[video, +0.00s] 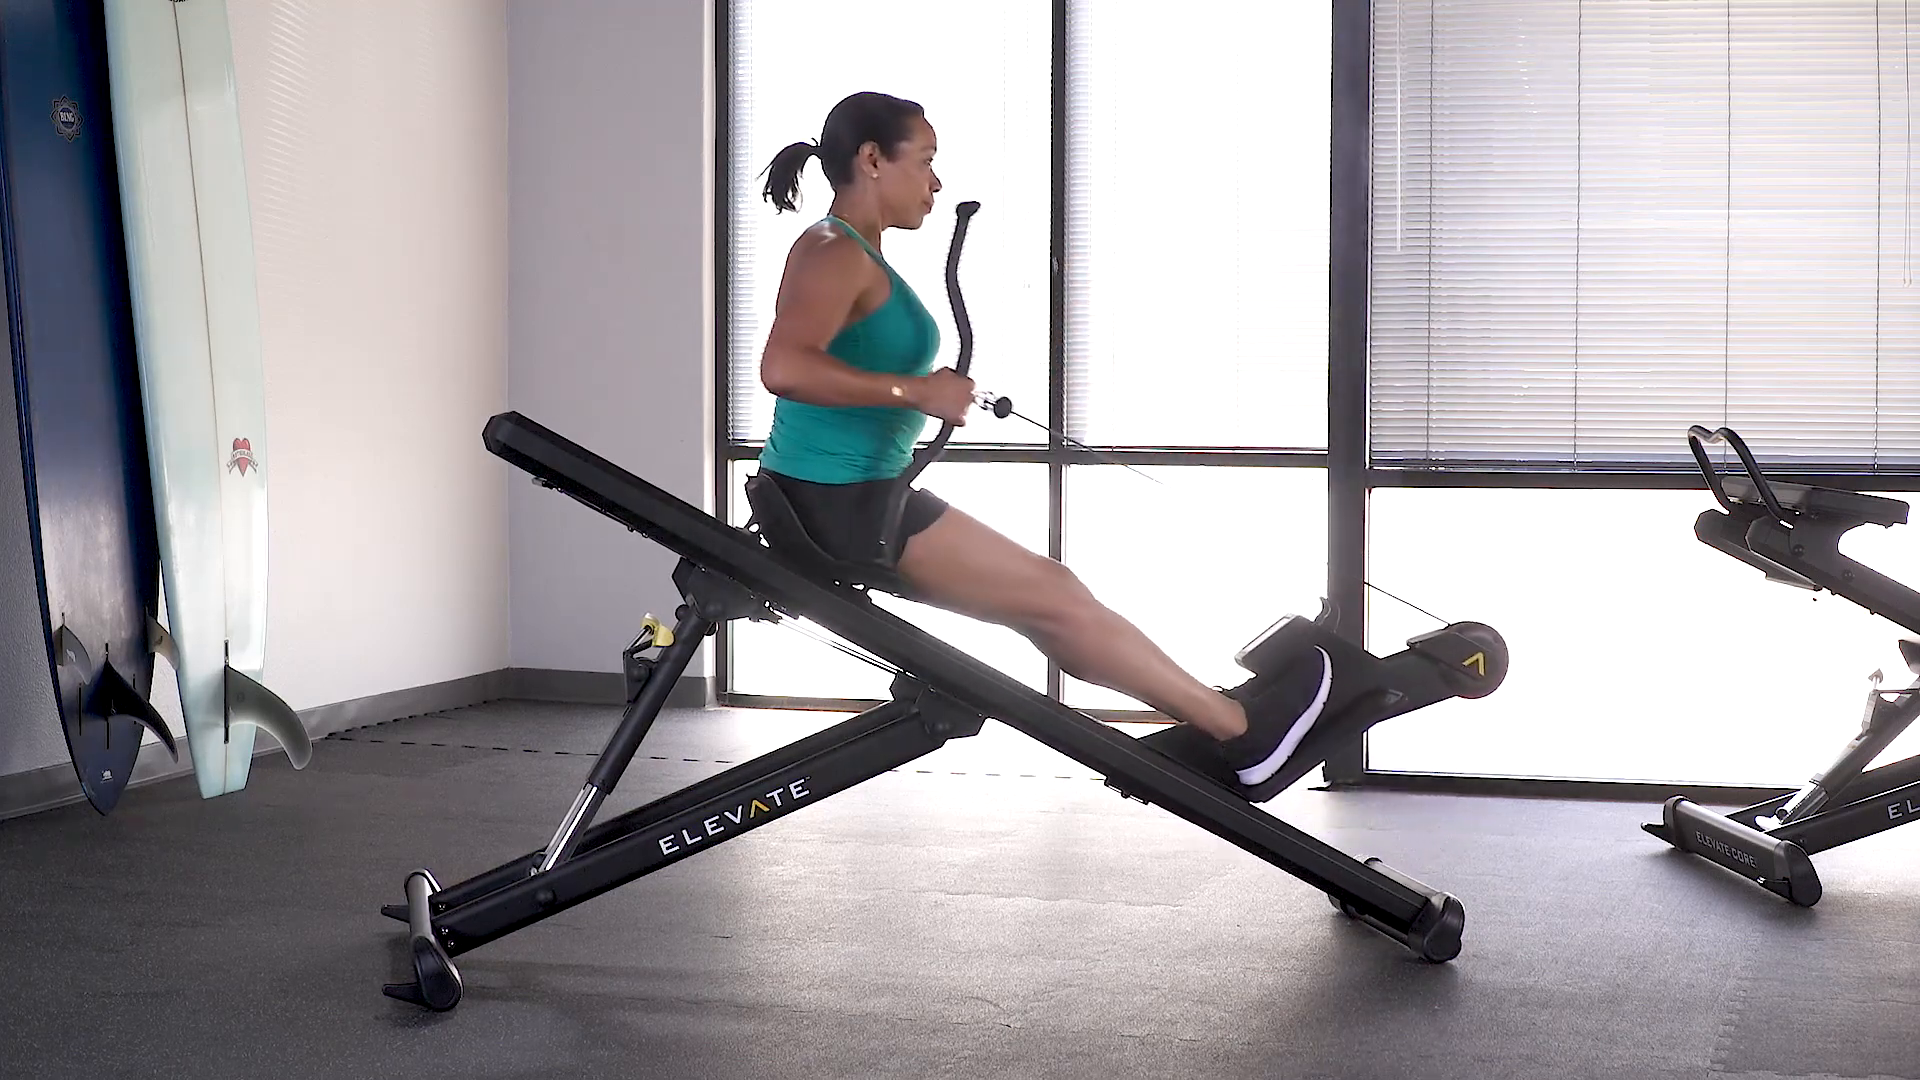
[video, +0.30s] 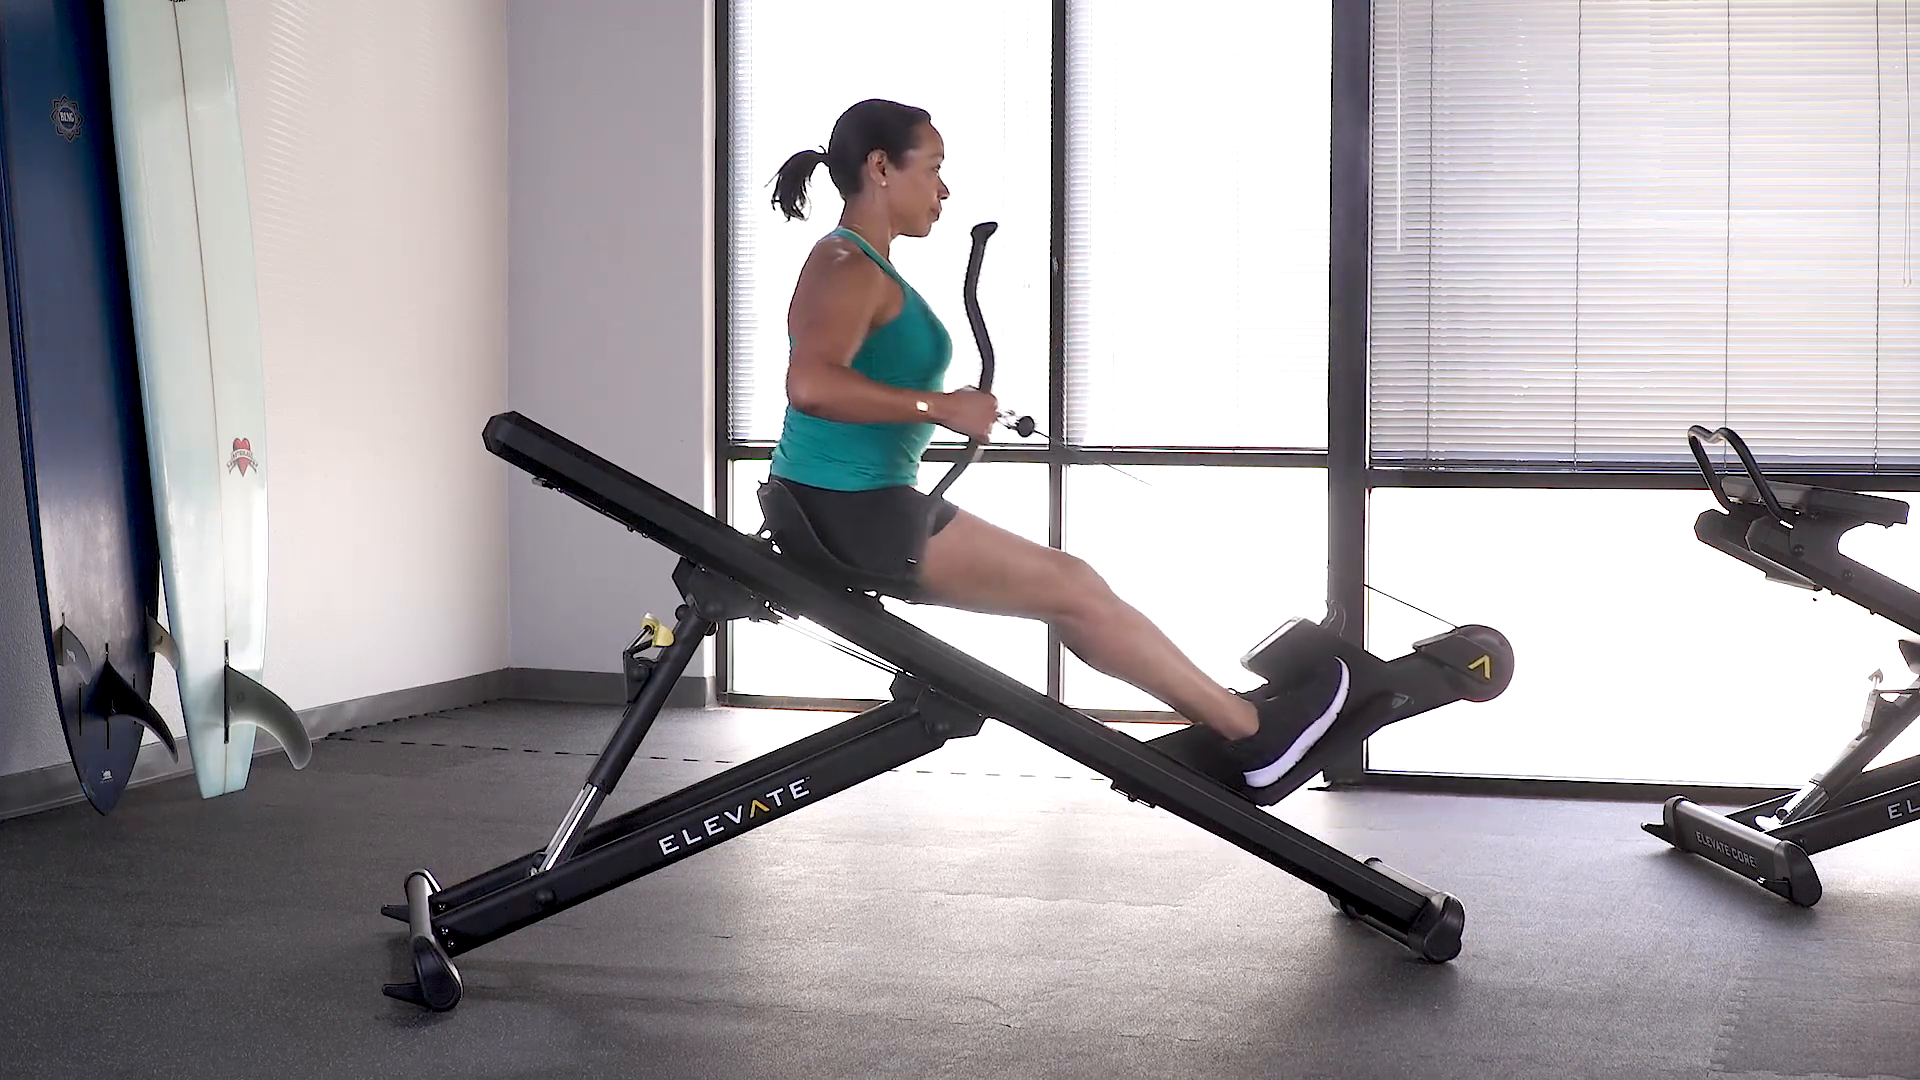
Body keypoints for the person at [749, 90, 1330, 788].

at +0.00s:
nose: (935, 180)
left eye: (933, 162)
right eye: (925, 160)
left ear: (875, 166)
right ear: (872, 163)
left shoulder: (855, 252)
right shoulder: (831, 252)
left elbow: (814, 367)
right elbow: (783, 366)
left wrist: (922, 389)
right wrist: (912, 390)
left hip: (865, 489)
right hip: (832, 500)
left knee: (1056, 589)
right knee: (1050, 599)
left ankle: (1224, 717)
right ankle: (1232, 723)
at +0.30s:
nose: (942, 188)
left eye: (939, 171)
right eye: (931, 170)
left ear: (880, 173)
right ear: (878, 172)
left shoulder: (861, 262)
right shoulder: (847, 267)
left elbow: (827, 384)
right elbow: (811, 383)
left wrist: (937, 404)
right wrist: (936, 406)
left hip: (854, 501)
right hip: (843, 509)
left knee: (1071, 582)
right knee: (1071, 585)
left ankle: (1237, 719)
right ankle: (1246, 728)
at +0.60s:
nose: (1060, 250)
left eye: (1058, 233)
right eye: (1050, 232)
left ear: (995, 236)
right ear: (997, 234)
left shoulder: (947, 328)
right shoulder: (999, 339)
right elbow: (1083, 470)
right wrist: (1194, 498)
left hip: (928, 572)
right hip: (973, 578)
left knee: (1184, 578)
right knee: (1196, 566)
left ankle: (1296, 742)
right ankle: (1323, 754)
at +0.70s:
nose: (1105, 273)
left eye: (1102, 255)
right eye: (1094, 255)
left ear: (1039, 261)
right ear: (1044, 260)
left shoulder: (989, 351)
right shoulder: (1061, 367)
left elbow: (939, 468)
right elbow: (1167, 489)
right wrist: (1276, 527)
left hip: (962, 589)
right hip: (1023, 603)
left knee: (1223, 574)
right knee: (1245, 571)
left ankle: (1309, 749)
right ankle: (1346, 763)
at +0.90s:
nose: (1191, 312)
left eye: (1186, 295)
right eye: (1180, 295)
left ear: (1121, 302)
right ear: (1129, 301)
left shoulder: (1061, 394)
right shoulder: (1174, 415)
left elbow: (998, 502)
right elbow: (1303, 525)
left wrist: (1052, 577)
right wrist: (1403, 583)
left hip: (1022, 625)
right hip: (1095, 639)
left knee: (1277, 573)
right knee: (1306, 581)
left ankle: (1340, 763)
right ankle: (1379, 779)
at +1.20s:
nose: (1248, 336)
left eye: (1242, 318)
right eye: (1235, 319)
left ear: (1178, 335)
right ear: (1188, 331)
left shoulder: (1112, 423)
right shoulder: (1247, 445)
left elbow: (1040, 523)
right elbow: (1374, 544)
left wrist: (1093, 596)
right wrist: (1471, 617)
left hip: (1068, 646)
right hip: (1143, 665)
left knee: (1312, 573)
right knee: (1343, 583)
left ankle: (1357, 766)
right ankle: (1401, 794)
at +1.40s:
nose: (1209, 314)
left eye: (1203, 296)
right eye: (1197, 298)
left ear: (1139, 313)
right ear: (1146, 310)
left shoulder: (1083, 398)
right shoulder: (1203, 423)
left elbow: (1011, 504)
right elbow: (1328, 530)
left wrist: (1062, 579)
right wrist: (1429, 596)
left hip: (1033, 625)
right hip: (1105, 640)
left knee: (1288, 578)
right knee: (1315, 585)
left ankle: (1346, 761)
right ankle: (1389, 786)